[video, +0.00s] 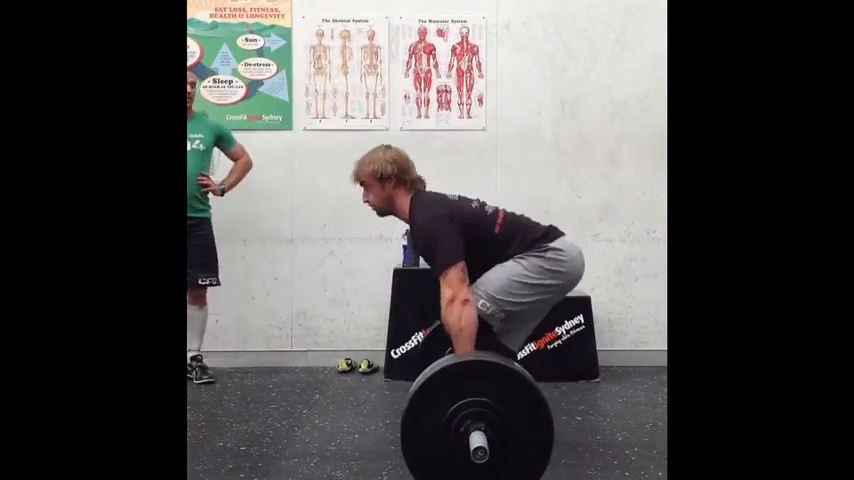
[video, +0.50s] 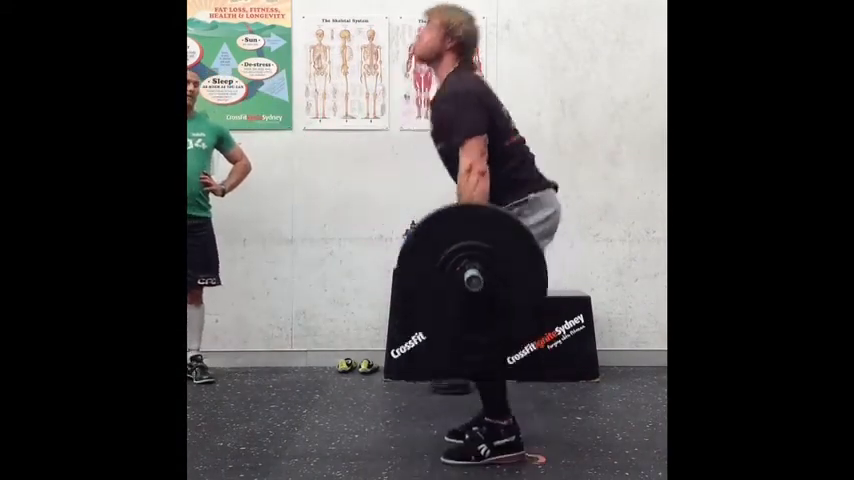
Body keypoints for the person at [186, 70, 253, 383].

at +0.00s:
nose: (188, 90)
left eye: (191, 85)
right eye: (185, 84)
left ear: (196, 90)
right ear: (181, 88)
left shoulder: (209, 126)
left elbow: (244, 160)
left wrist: (223, 187)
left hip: (196, 218)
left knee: (197, 290)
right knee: (193, 291)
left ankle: (194, 356)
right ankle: (191, 357)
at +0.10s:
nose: (189, 90)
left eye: (193, 85)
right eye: (185, 84)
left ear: (198, 90)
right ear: (180, 88)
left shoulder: (211, 127)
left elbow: (247, 160)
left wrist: (225, 187)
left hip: (197, 218)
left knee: (197, 291)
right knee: (193, 291)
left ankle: (194, 356)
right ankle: (191, 357)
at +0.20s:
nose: (189, 90)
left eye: (193, 85)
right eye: (186, 84)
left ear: (199, 90)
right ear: (180, 89)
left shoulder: (211, 127)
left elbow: (246, 161)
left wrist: (226, 187)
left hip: (197, 219)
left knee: (196, 291)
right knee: (193, 292)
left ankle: (194, 357)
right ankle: (191, 357)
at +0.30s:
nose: (190, 89)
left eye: (194, 84)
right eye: (186, 84)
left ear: (199, 90)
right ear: (180, 89)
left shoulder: (211, 128)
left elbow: (245, 161)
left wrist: (225, 187)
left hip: (196, 218)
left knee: (195, 291)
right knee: (192, 292)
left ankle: (194, 357)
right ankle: (191, 357)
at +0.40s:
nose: (190, 89)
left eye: (194, 84)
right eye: (186, 83)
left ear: (199, 90)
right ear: (181, 88)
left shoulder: (211, 128)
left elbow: (244, 162)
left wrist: (225, 186)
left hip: (196, 218)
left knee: (195, 291)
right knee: (192, 292)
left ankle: (194, 357)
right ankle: (191, 358)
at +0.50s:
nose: (190, 89)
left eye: (194, 84)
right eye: (186, 83)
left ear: (199, 89)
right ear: (181, 87)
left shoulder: (210, 128)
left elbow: (243, 163)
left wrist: (224, 187)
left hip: (196, 218)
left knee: (194, 292)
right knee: (192, 292)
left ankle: (194, 357)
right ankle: (191, 358)